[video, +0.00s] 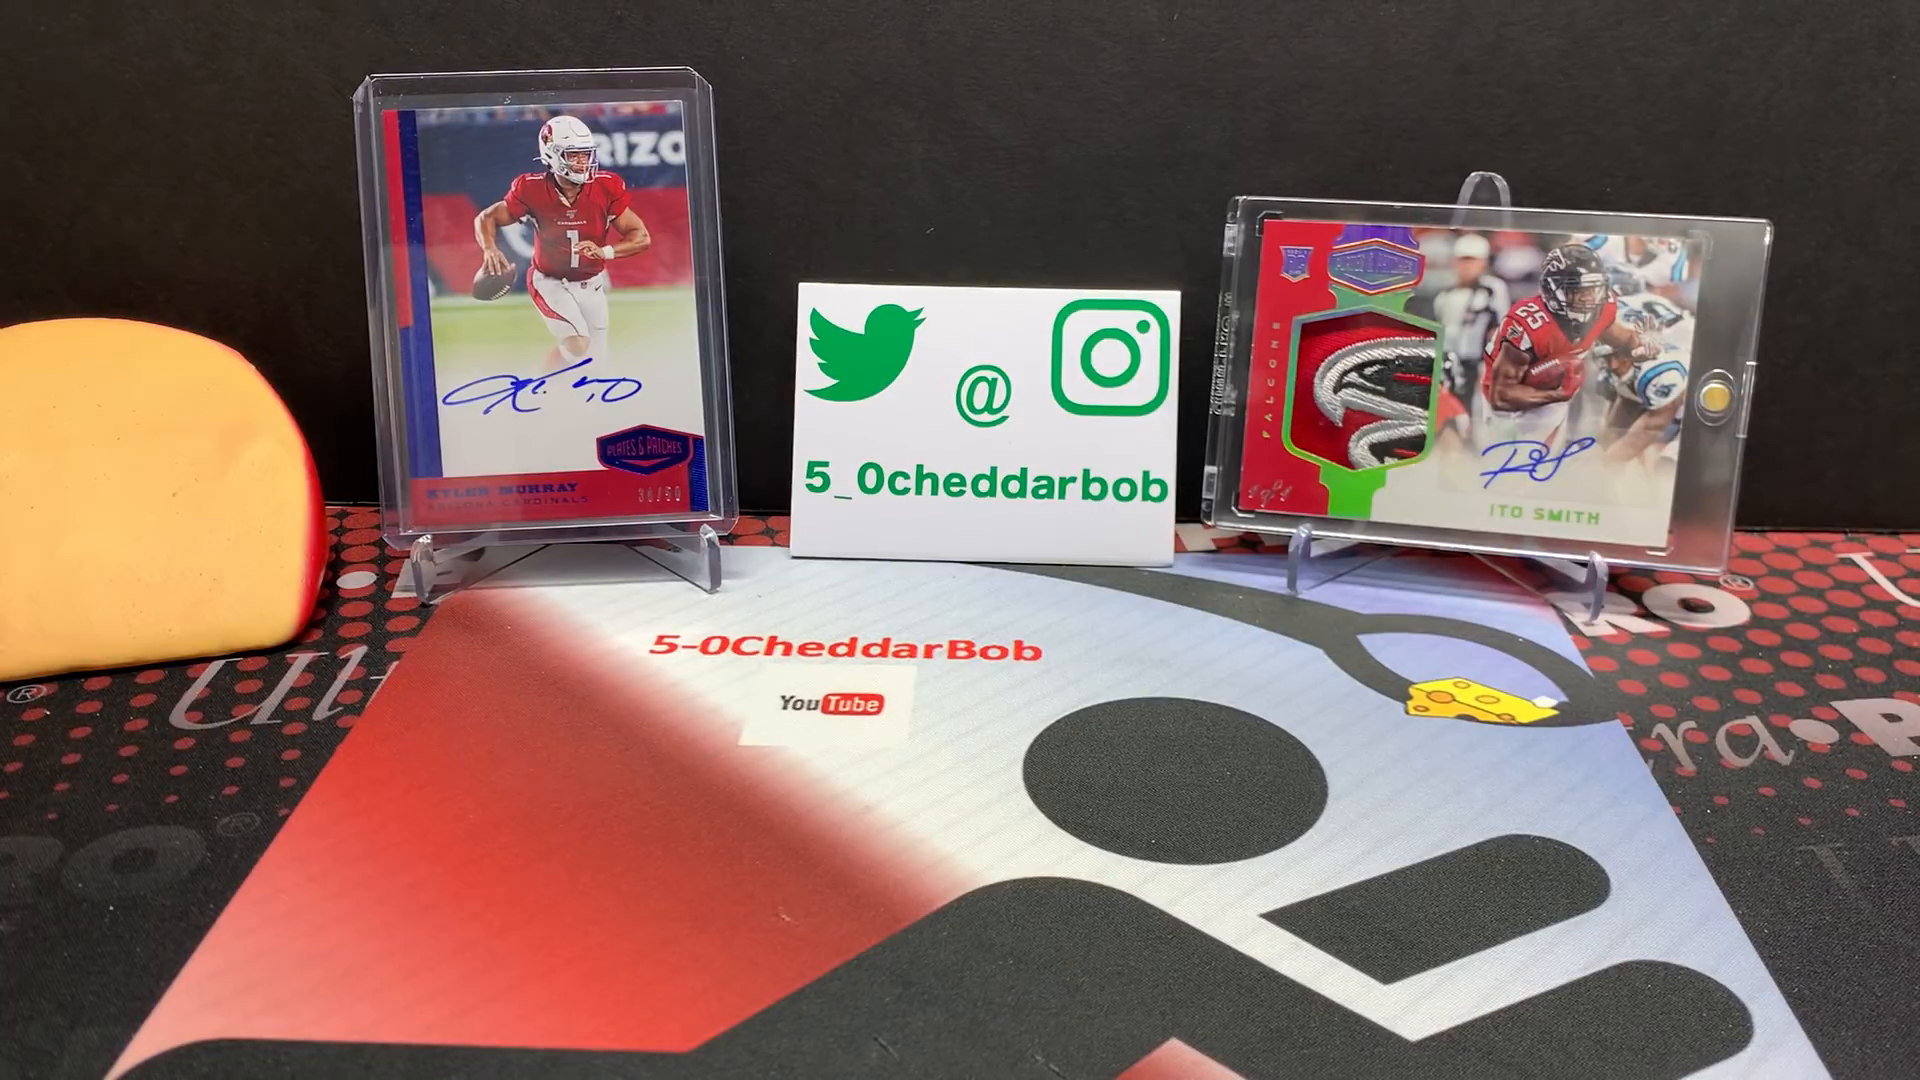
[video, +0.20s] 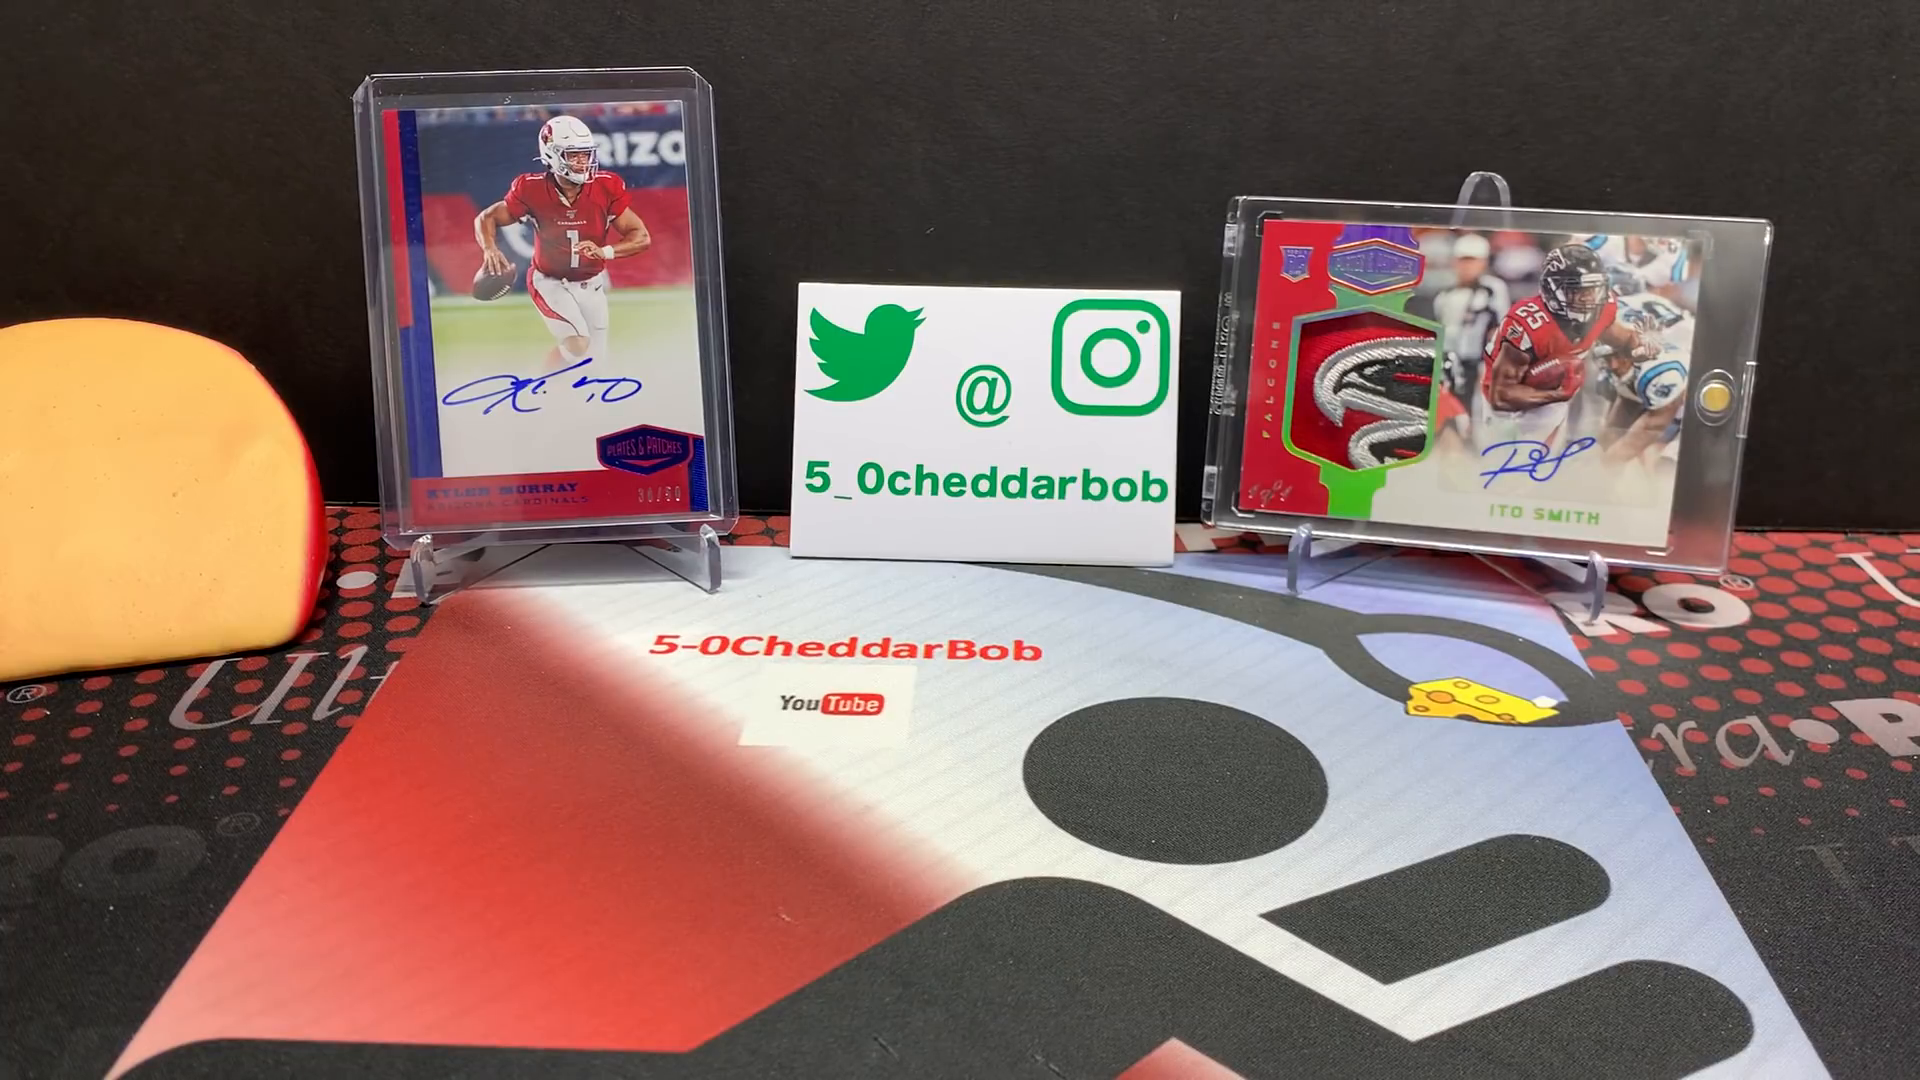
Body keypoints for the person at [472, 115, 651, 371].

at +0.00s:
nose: (580, 162)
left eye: (585, 155)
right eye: (573, 156)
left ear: (592, 154)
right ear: (552, 155)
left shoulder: (607, 187)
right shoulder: (530, 189)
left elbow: (641, 238)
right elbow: (485, 219)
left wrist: (605, 252)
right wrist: (489, 248)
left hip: (591, 283)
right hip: (549, 280)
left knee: (596, 362)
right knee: (577, 344)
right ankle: (533, 390)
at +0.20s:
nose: (581, 162)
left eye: (585, 155)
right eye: (573, 156)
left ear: (591, 154)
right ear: (552, 155)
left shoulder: (606, 187)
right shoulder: (530, 189)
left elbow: (641, 238)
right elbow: (485, 219)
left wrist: (605, 252)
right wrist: (489, 248)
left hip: (591, 283)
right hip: (549, 280)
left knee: (596, 362)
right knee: (577, 344)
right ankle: (534, 390)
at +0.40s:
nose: (580, 162)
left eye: (585, 155)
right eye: (573, 156)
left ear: (591, 154)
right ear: (552, 155)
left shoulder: (606, 187)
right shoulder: (530, 189)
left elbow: (641, 238)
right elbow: (484, 219)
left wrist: (605, 252)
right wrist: (490, 248)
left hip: (591, 283)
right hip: (549, 280)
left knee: (596, 362)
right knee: (577, 344)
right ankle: (534, 391)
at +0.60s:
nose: (580, 162)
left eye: (584, 155)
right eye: (573, 156)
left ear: (592, 154)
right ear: (552, 155)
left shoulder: (606, 187)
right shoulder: (530, 189)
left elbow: (641, 238)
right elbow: (485, 219)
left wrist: (605, 252)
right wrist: (489, 248)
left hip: (591, 283)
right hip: (549, 280)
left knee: (596, 362)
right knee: (577, 344)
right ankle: (534, 391)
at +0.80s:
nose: (581, 162)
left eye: (585, 154)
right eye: (573, 156)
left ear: (592, 154)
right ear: (552, 155)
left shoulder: (606, 187)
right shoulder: (530, 189)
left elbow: (641, 237)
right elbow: (485, 219)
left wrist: (606, 252)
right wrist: (490, 248)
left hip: (591, 283)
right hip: (549, 280)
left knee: (596, 362)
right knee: (577, 345)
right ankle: (534, 391)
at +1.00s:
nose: (580, 162)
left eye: (585, 155)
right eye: (573, 156)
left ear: (591, 154)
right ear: (552, 155)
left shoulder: (606, 187)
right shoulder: (530, 189)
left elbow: (641, 238)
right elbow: (484, 219)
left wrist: (605, 252)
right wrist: (490, 248)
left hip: (591, 283)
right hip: (549, 280)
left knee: (596, 362)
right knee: (577, 344)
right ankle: (534, 391)